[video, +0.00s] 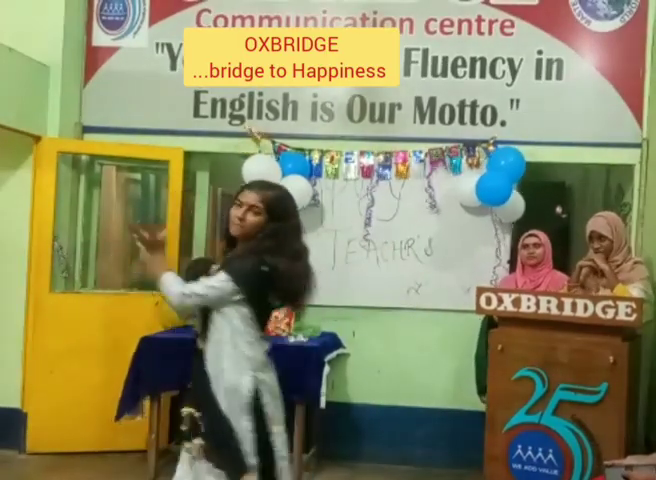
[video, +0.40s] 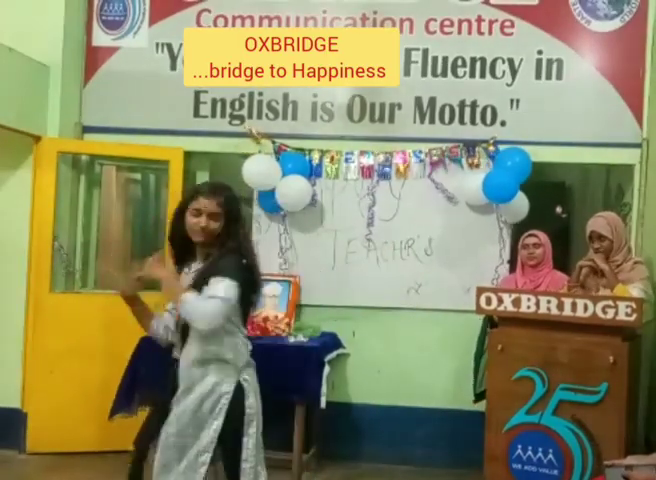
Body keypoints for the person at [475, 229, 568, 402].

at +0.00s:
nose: (531, 250)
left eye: (536, 246)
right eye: (526, 246)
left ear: (546, 250)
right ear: (519, 252)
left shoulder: (561, 281)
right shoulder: (507, 282)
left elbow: (565, 323)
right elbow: (491, 324)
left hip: (548, 353)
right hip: (511, 352)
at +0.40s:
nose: (531, 251)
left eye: (536, 246)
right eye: (526, 247)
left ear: (546, 250)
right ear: (519, 252)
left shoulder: (561, 281)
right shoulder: (507, 282)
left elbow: (565, 318)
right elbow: (496, 319)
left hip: (548, 350)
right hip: (512, 349)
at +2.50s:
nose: (531, 252)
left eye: (537, 247)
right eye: (526, 247)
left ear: (547, 251)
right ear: (520, 252)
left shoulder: (562, 281)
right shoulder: (508, 281)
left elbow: (565, 316)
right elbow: (498, 317)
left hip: (550, 347)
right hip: (514, 346)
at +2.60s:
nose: (532, 252)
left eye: (537, 246)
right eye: (527, 247)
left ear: (547, 250)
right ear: (520, 252)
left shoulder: (562, 281)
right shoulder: (509, 281)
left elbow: (565, 316)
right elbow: (499, 317)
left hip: (550, 346)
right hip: (515, 345)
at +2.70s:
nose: (532, 252)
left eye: (538, 246)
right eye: (527, 247)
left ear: (548, 250)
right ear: (521, 252)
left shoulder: (563, 281)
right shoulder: (509, 281)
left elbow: (567, 318)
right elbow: (499, 318)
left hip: (551, 349)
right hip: (515, 347)